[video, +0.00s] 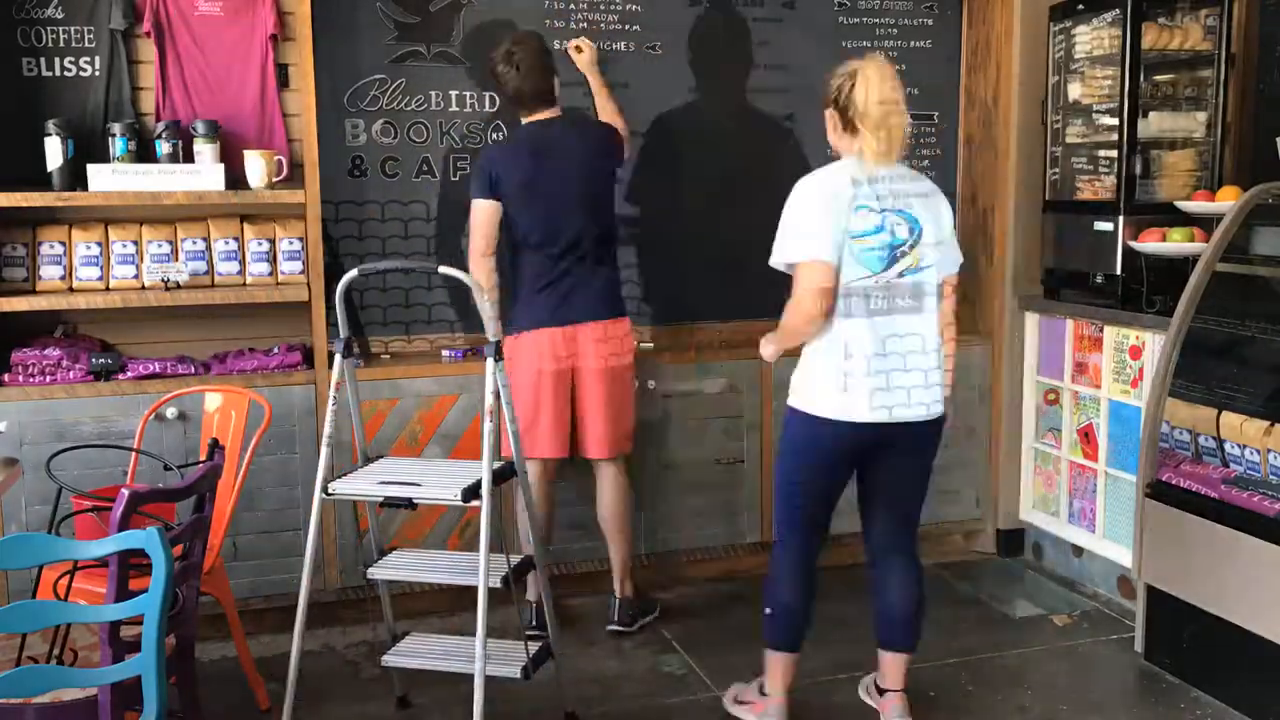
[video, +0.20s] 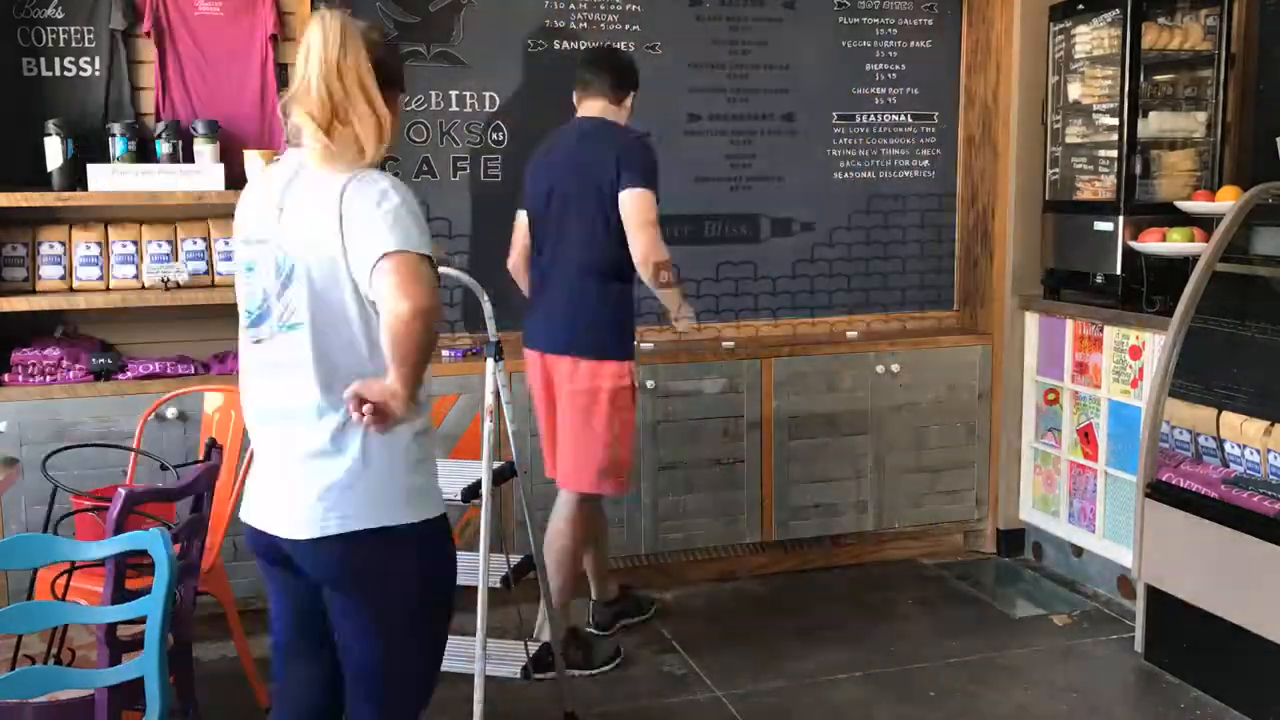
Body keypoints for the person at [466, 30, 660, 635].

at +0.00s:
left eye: (502, 83)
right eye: (548, 69)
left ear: (503, 93)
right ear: (556, 82)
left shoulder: (499, 159)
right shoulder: (599, 140)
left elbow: (480, 257)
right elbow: (617, 130)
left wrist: (494, 327)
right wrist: (595, 75)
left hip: (535, 332)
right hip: (604, 325)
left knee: (538, 467)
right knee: (610, 460)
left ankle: (537, 603)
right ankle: (625, 598)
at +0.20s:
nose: (629, 109)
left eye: (618, 102)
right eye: (631, 101)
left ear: (575, 96)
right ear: (628, 99)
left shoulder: (545, 155)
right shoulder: (628, 147)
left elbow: (517, 261)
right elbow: (647, 253)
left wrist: (557, 309)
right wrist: (677, 304)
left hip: (544, 338)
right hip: (596, 342)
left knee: (581, 479)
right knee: (576, 490)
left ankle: (604, 598)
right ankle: (553, 640)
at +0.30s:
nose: (548, 86)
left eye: (546, 74)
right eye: (541, 75)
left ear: (491, 82)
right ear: (514, 79)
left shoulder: (443, 156)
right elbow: (576, 253)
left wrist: (459, 315)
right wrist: (610, 208)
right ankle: (558, 596)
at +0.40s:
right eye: (587, 125)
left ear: (539, 136)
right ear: (591, 135)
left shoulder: (515, 202)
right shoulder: (611, 187)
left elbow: (494, 290)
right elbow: (623, 149)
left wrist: (506, 349)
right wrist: (609, 92)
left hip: (547, 370)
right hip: (616, 361)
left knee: (551, 487)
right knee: (624, 477)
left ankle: (548, 607)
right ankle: (629, 598)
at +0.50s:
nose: (541, 135)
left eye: (544, 126)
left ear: (547, 135)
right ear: (598, 134)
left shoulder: (523, 199)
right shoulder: (620, 186)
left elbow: (499, 286)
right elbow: (625, 148)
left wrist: (507, 348)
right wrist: (608, 91)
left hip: (552, 367)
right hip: (620, 360)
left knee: (553, 488)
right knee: (626, 478)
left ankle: (549, 608)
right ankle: (629, 599)